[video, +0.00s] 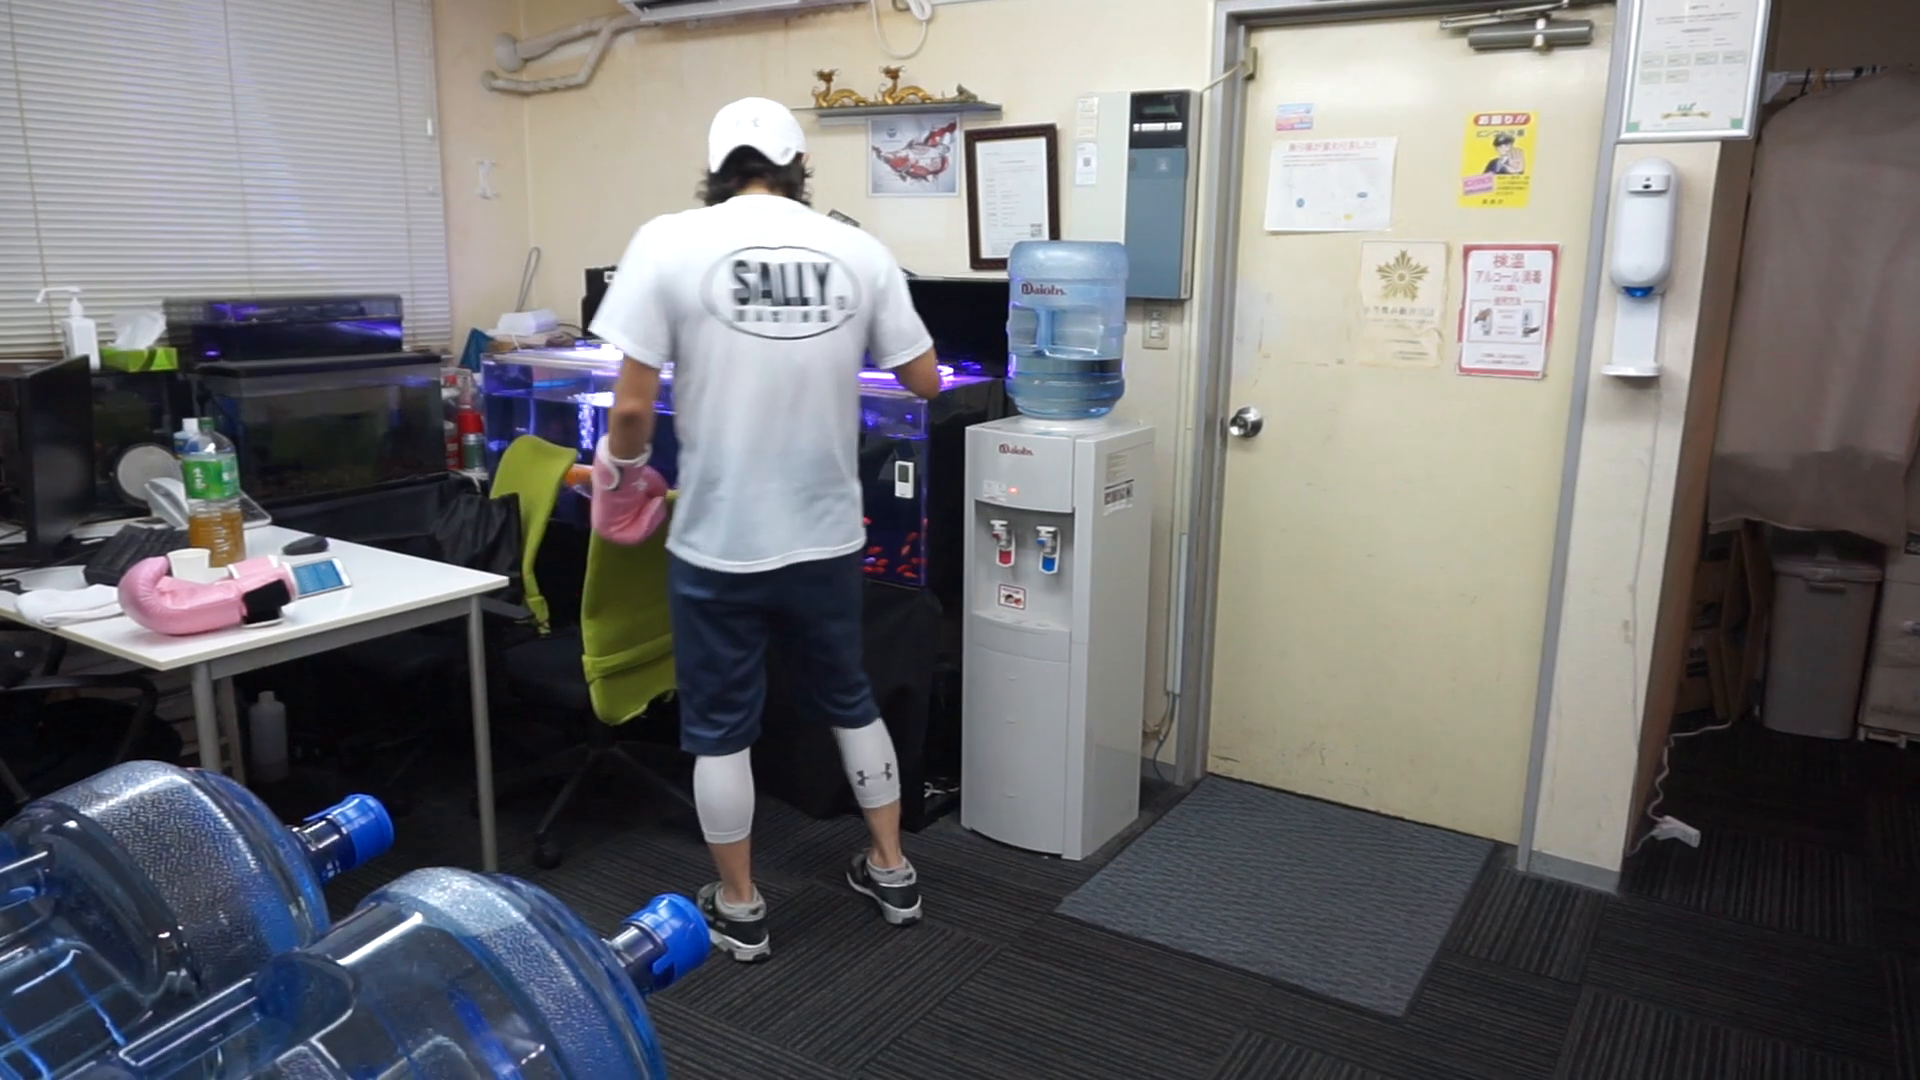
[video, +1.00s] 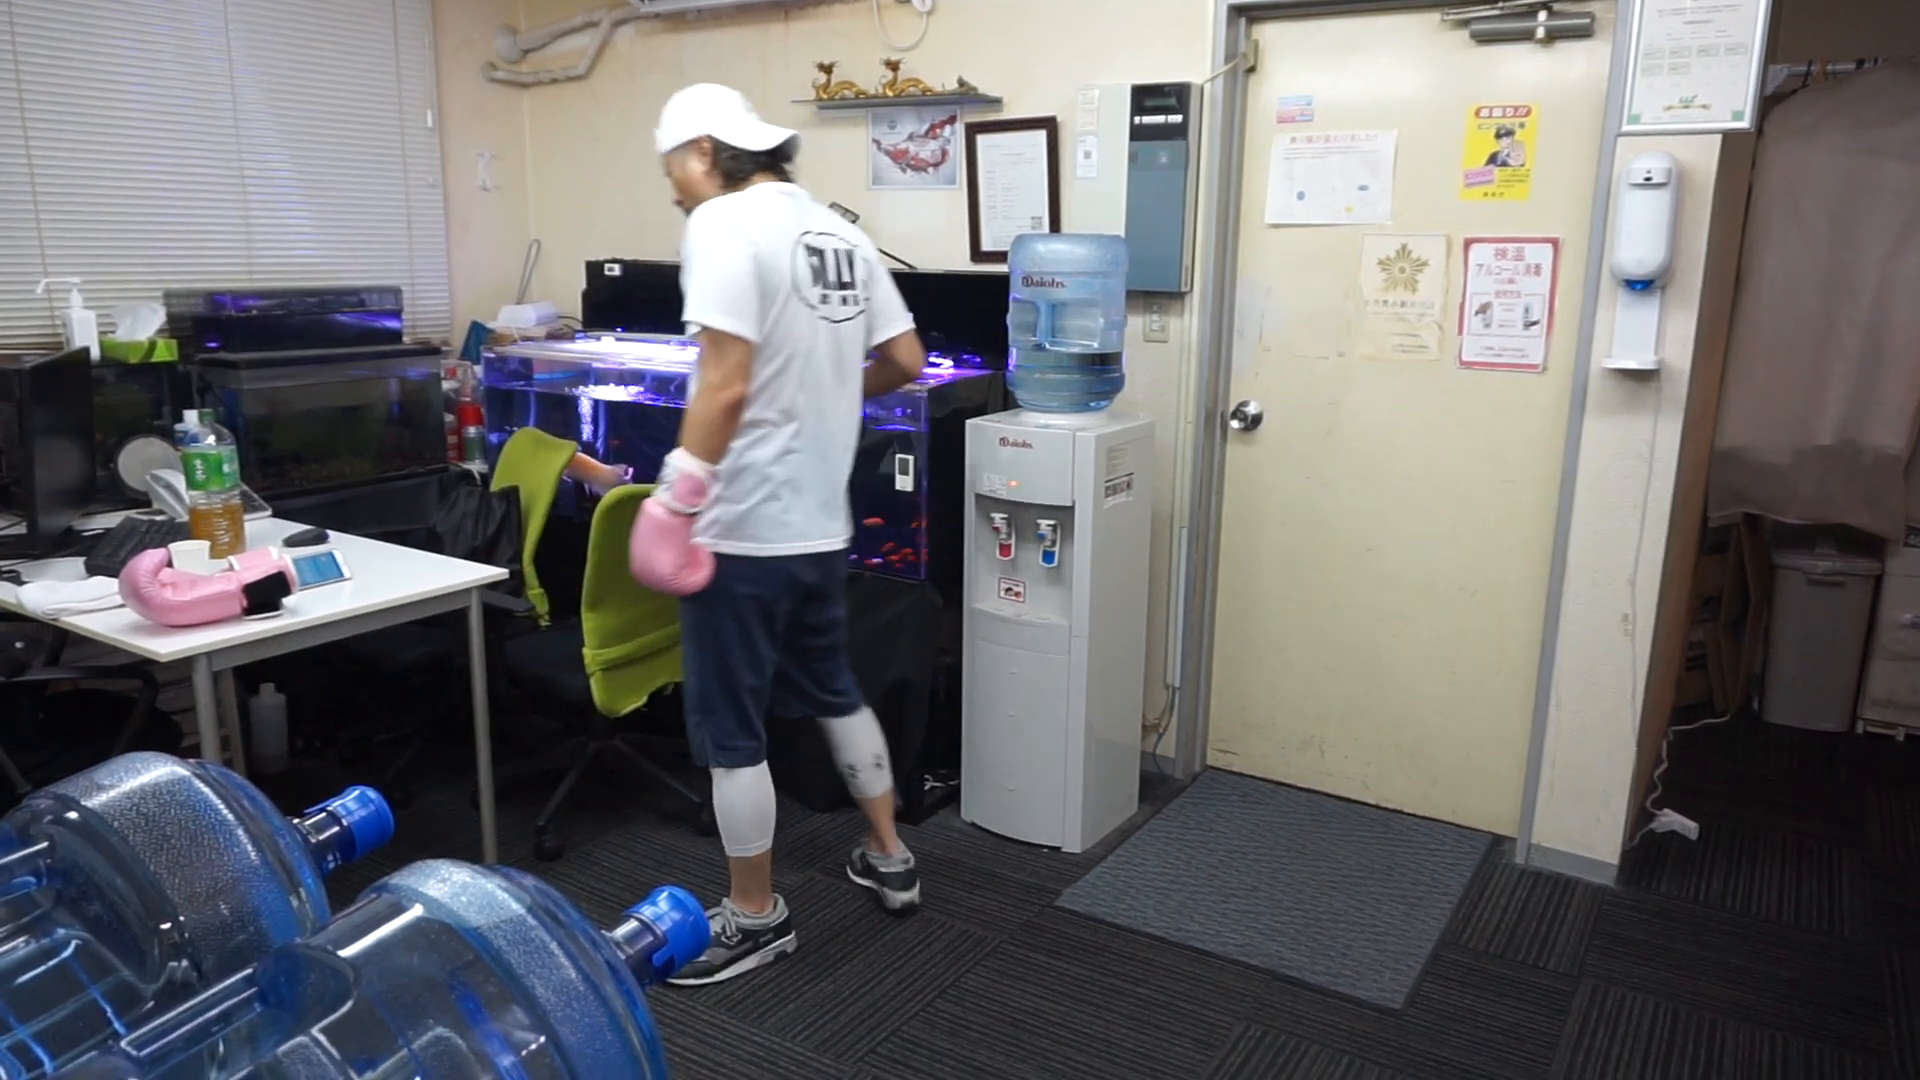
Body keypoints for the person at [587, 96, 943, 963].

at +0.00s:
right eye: (800, 167)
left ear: (715, 170)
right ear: (799, 169)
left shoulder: (668, 245)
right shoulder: (858, 249)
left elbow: (633, 405)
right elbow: (924, 378)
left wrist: (619, 475)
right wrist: (865, 342)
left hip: (718, 538)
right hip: (826, 531)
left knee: (721, 727)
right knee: (850, 698)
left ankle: (740, 907)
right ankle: (894, 869)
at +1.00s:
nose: (671, 185)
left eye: (673, 166)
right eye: (669, 168)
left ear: (707, 154)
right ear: (752, 154)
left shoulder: (725, 226)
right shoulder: (840, 230)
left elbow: (726, 384)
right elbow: (903, 358)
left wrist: (674, 503)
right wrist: (819, 389)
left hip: (745, 529)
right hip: (822, 526)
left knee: (729, 725)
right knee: (834, 690)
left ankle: (755, 912)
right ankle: (891, 857)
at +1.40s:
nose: (536, 191)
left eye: (539, 170)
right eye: (531, 174)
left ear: (581, 152)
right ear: (608, 152)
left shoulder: (633, 237)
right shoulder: (701, 222)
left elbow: (625, 415)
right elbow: (769, 366)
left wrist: (568, 546)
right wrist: (699, 452)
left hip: (671, 546)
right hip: (683, 530)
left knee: (705, 737)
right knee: (590, 696)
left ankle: (756, 914)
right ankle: (593, 881)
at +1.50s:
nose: (493, 198)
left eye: (494, 175)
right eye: (485, 181)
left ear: (537, 154)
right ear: (554, 156)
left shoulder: (609, 241)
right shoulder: (649, 227)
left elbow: (613, 418)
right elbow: (716, 356)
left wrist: (563, 552)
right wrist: (647, 451)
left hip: (648, 557)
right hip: (623, 552)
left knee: (698, 745)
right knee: (550, 724)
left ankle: (756, 911)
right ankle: (496, 903)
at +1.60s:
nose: (447, 207)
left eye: (445, 183)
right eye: (437, 189)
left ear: (488, 158)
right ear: (493, 158)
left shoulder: (583, 241)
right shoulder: (559, 243)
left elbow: (601, 417)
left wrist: (566, 558)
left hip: (617, 570)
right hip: (558, 566)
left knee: (674, 751)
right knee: (503, 750)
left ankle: (751, 906)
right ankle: (469, 931)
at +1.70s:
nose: (390, 203)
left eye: (390, 178)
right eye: (382, 183)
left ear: (438, 153)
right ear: (441, 156)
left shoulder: (549, 237)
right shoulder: (503, 243)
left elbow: (586, 402)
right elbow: (522, 402)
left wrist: (571, 548)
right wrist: (451, 470)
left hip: (554, 571)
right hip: (487, 569)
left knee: (611, 756)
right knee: (457, 760)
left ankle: (743, 904)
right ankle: (453, 941)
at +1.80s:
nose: (334, 194)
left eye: (335, 168)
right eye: (326, 173)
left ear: (388, 143)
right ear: (389, 148)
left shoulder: (511, 227)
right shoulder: (443, 246)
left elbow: (567, 383)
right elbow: (460, 406)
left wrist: (573, 531)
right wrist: (370, 464)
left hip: (500, 581)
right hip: (431, 581)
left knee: (516, 792)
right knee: (429, 789)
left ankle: (688, 878)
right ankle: (455, 963)